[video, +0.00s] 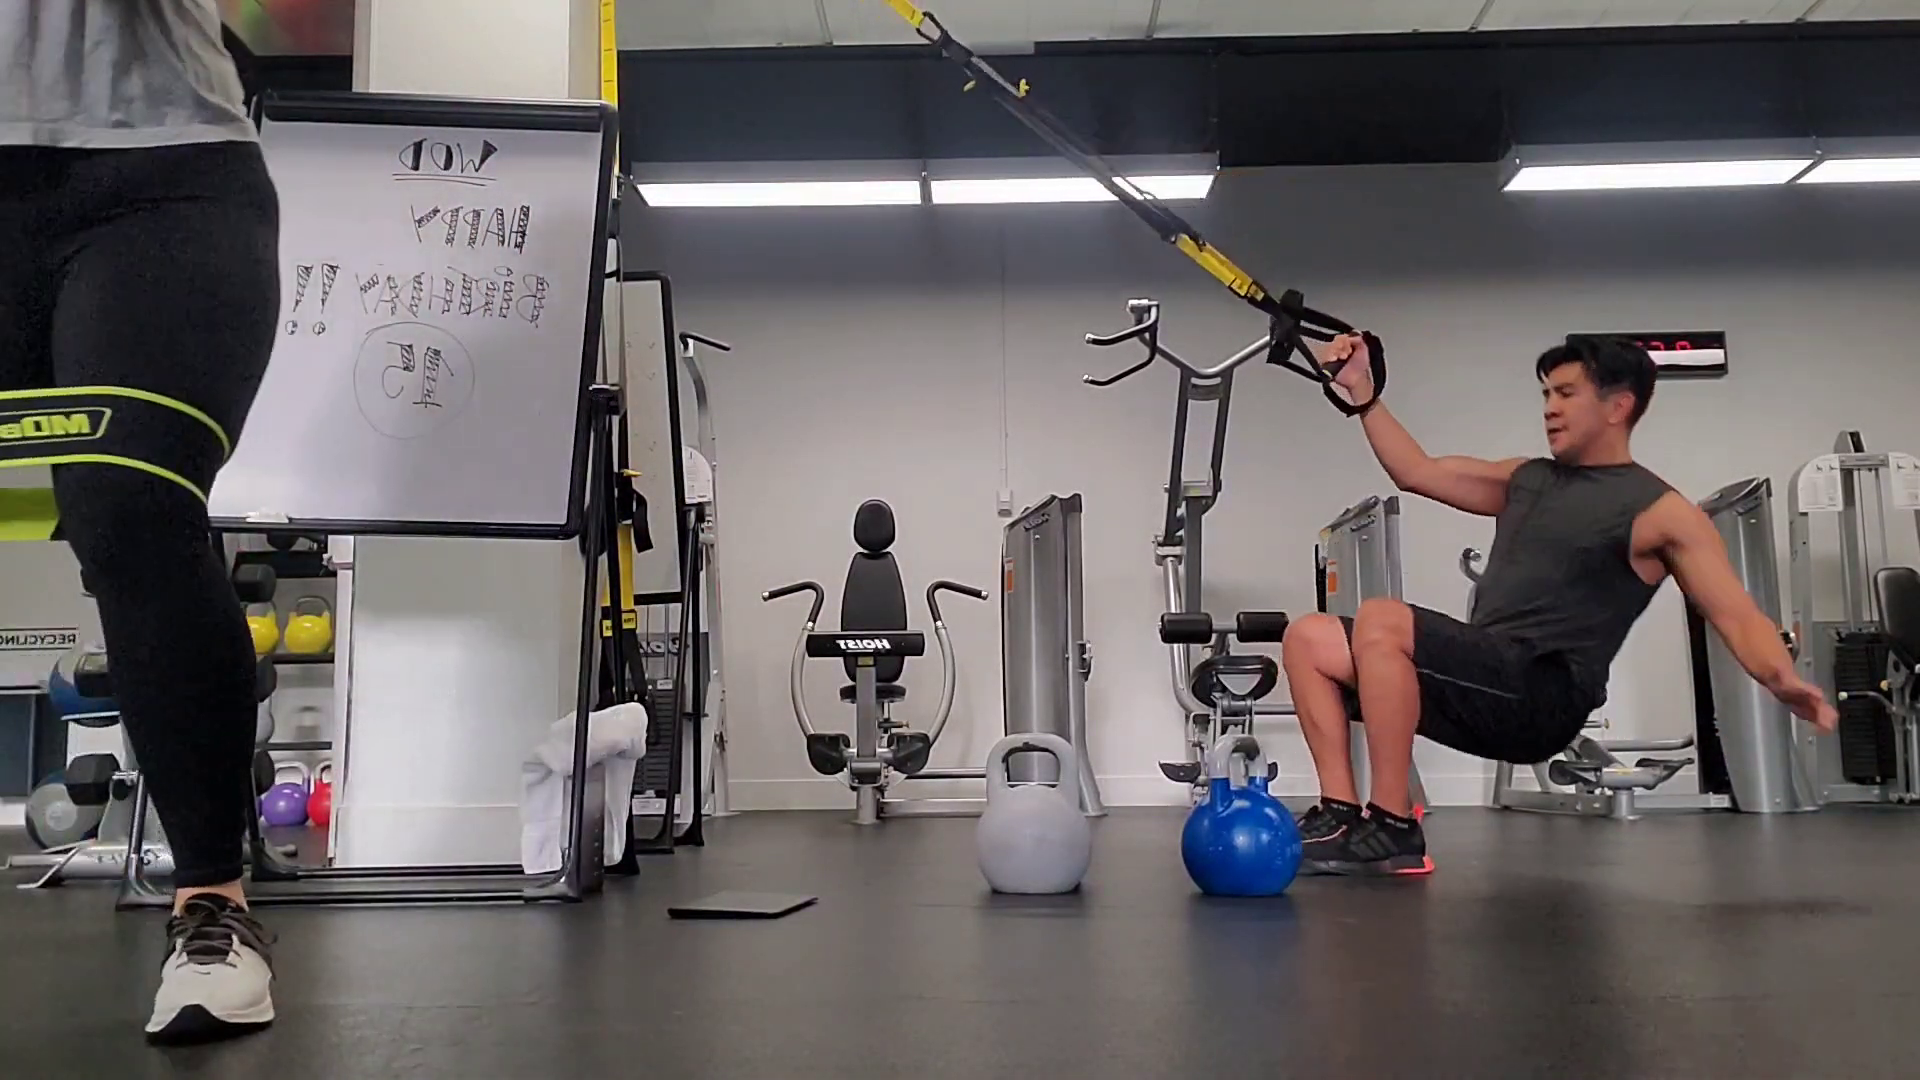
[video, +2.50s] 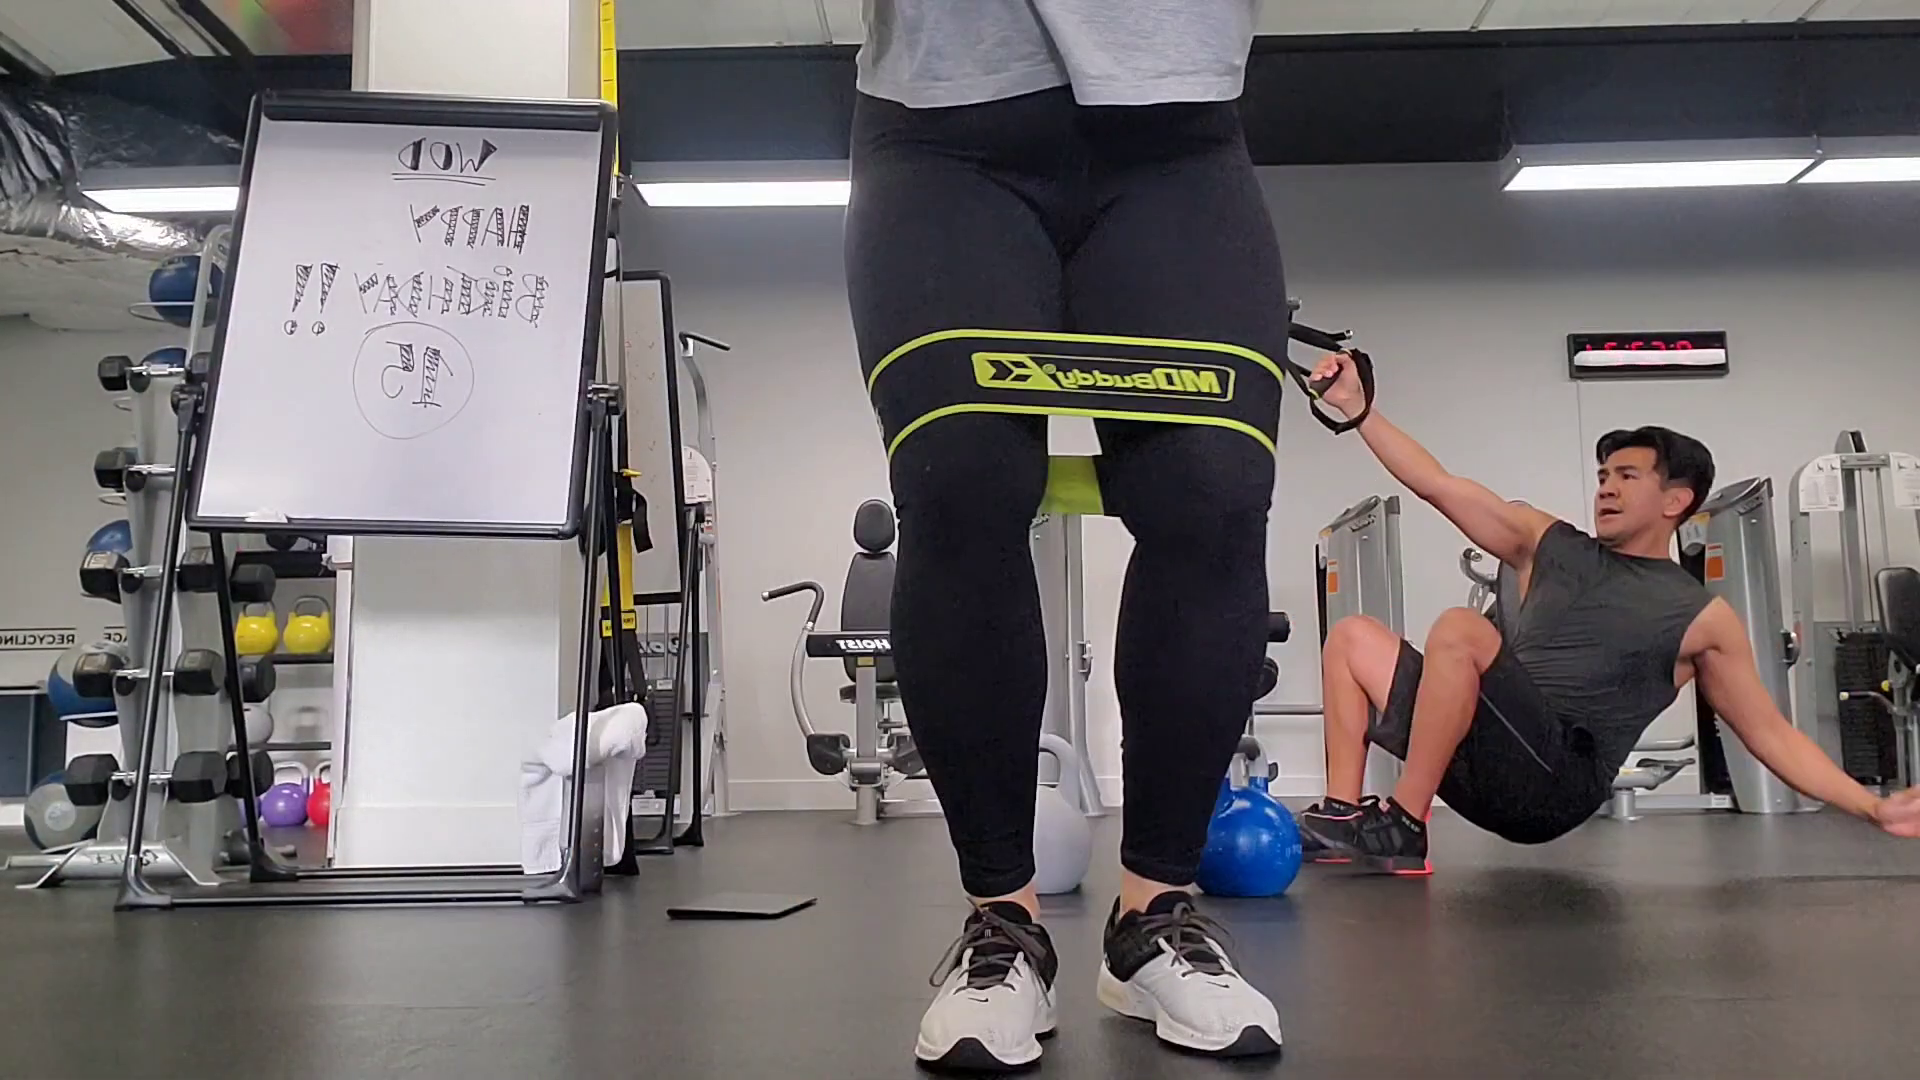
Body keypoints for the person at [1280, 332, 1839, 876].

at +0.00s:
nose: (1548, 410)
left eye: (1564, 394)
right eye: (1547, 397)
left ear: (1622, 404)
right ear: (1552, 407)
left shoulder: (1663, 510)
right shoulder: (1524, 479)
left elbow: (1734, 612)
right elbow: (1416, 470)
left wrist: (1780, 676)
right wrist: (1362, 397)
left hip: (1547, 695)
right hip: (1481, 682)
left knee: (1382, 620)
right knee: (1308, 639)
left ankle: (1395, 824)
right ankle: (1341, 811)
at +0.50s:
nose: (1561, 454)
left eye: (1576, 439)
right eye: (1558, 443)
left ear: (1635, 444)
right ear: (1561, 453)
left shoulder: (1672, 555)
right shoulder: (1536, 514)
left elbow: (1726, 669)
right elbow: (1428, 484)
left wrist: (1787, 722)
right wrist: (1360, 414)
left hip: (1545, 719)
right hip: (1480, 707)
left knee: (1397, 620)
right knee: (1317, 640)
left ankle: (1396, 822)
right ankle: (1340, 809)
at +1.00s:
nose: (1403, 193)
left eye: (1412, 180)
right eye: (1406, 181)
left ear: (1454, 178)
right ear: (1467, 187)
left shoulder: (1448, 226)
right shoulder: (1478, 266)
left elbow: (1332, 200)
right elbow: (1442, 366)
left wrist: (1222, 152)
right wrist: (1378, 342)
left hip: (1429, 438)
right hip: (1399, 442)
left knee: (1356, 614)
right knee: (1325, 620)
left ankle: (1390, 820)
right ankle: (1345, 807)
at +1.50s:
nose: (1325, 179)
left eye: (1333, 165)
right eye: (1328, 167)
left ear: (1371, 160)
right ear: (1398, 171)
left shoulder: (1336, 212)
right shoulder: (1444, 260)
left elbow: (1213, 189)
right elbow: (1460, 386)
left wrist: (1102, 153)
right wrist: (1363, 355)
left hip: (1366, 430)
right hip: (1404, 432)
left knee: (1378, 618)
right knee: (1348, 623)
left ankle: (1389, 821)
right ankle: (1349, 808)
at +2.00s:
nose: (1432, 264)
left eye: (1449, 248)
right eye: (1432, 253)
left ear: (1499, 262)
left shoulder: (1518, 331)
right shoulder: (1454, 360)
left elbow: (1521, 402)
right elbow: (1392, 452)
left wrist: (1399, 398)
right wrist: (1357, 378)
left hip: (1479, 542)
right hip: (1427, 544)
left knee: (1320, 629)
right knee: (1273, 638)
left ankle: (1386, 823)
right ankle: (1342, 812)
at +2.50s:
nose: (1604, 487)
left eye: (1626, 475)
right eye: (1602, 476)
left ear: (1678, 501)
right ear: (1599, 487)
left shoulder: (1702, 614)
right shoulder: (1546, 540)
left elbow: (1769, 736)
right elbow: (1437, 484)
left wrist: (1875, 809)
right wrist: (1360, 413)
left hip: (1561, 781)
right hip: (1479, 754)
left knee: (1462, 629)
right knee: (1351, 637)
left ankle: (1406, 824)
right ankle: (1342, 812)